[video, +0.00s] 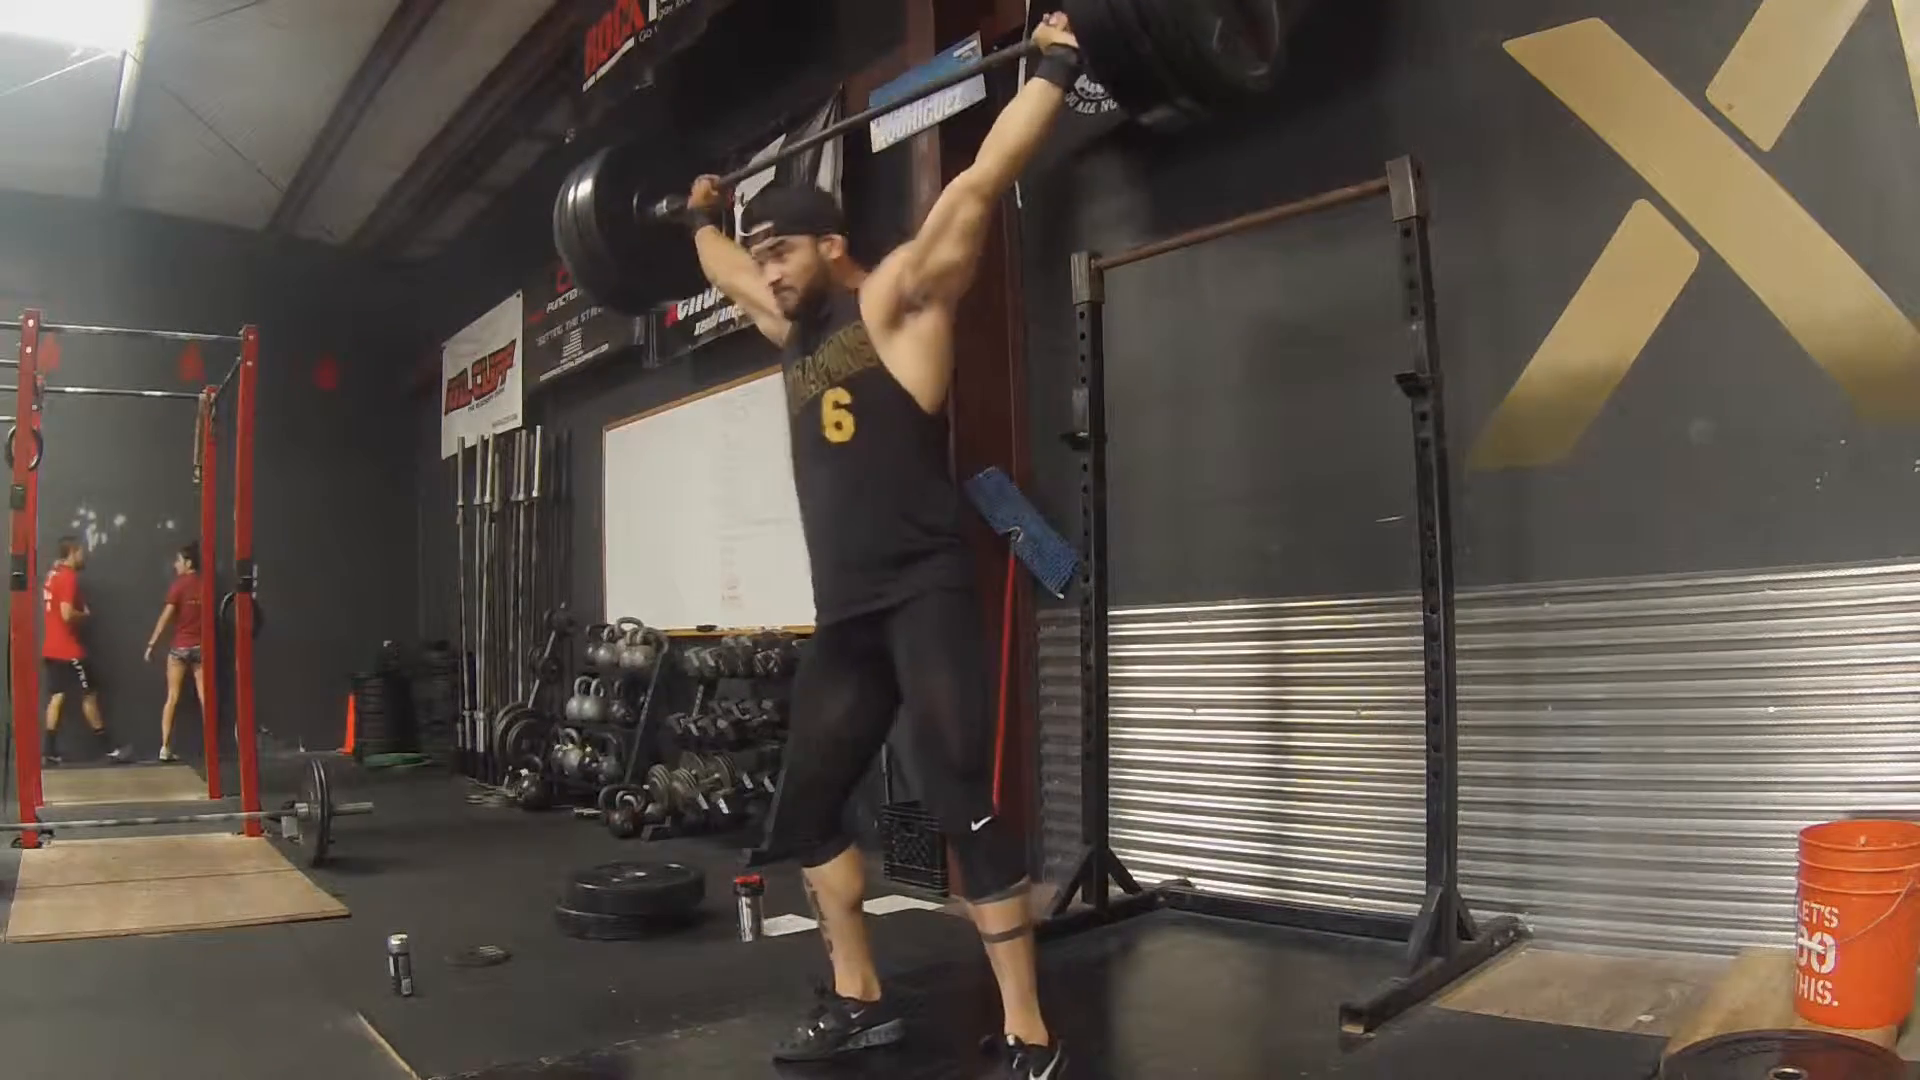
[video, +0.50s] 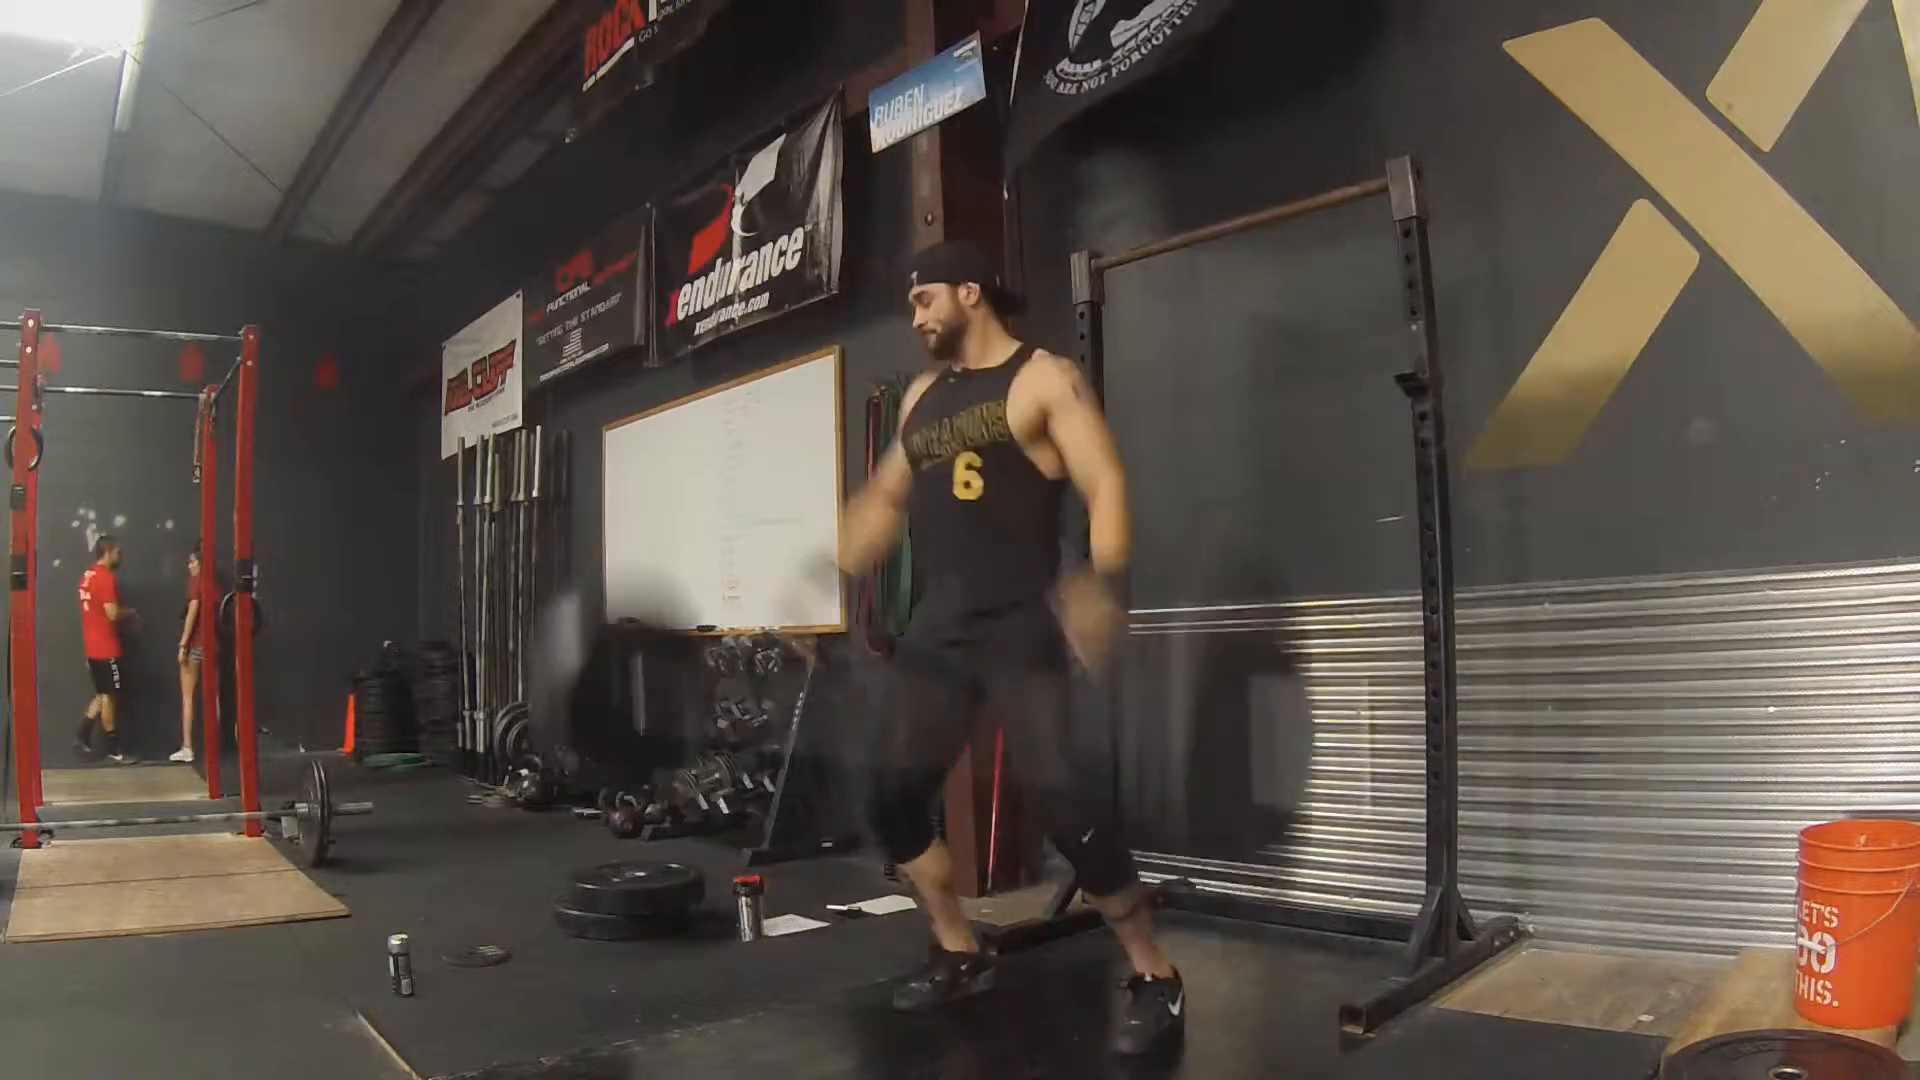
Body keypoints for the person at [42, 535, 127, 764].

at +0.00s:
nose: (84, 557)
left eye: (83, 552)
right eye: (82, 553)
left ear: (66, 553)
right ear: (72, 553)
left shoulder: (52, 574)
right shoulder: (68, 576)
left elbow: (52, 608)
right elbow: (67, 613)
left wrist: (75, 611)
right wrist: (84, 614)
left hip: (51, 647)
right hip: (69, 648)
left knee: (57, 694)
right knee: (88, 693)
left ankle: (49, 749)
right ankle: (107, 746)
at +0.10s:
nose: (91, 558)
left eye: (91, 553)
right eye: (89, 553)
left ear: (75, 553)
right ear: (79, 553)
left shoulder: (60, 574)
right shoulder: (76, 576)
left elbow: (57, 608)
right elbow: (76, 614)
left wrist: (82, 611)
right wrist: (92, 614)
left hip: (60, 647)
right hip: (78, 649)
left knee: (62, 694)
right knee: (93, 696)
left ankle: (50, 748)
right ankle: (109, 747)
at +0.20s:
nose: (98, 557)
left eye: (97, 552)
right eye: (96, 552)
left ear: (81, 553)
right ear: (88, 553)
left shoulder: (69, 575)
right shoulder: (86, 577)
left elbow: (67, 610)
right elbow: (87, 614)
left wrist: (92, 612)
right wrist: (102, 614)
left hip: (70, 650)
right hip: (87, 651)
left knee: (69, 695)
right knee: (99, 696)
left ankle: (52, 746)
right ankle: (112, 747)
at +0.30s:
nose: (105, 556)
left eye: (104, 551)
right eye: (103, 552)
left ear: (89, 553)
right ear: (95, 553)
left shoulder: (76, 575)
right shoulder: (94, 577)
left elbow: (77, 608)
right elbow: (99, 613)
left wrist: (105, 613)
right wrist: (117, 613)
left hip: (79, 648)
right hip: (96, 650)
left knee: (80, 694)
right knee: (103, 696)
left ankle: (58, 739)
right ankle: (112, 748)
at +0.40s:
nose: (113, 557)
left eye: (112, 553)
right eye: (111, 553)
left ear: (97, 553)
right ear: (102, 553)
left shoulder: (83, 574)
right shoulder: (100, 577)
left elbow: (86, 608)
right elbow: (106, 613)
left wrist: (116, 613)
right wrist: (125, 613)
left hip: (87, 647)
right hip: (103, 648)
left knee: (91, 694)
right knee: (106, 696)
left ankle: (67, 737)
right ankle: (114, 748)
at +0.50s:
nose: (119, 556)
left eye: (118, 552)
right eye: (116, 552)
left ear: (102, 552)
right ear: (106, 552)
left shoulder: (89, 574)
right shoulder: (105, 576)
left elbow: (92, 608)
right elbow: (111, 612)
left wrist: (121, 615)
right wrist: (129, 612)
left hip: (93, 647)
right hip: (106, 648)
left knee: (101, 693)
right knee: (109, 695)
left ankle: (82, 736)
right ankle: (112, 747)